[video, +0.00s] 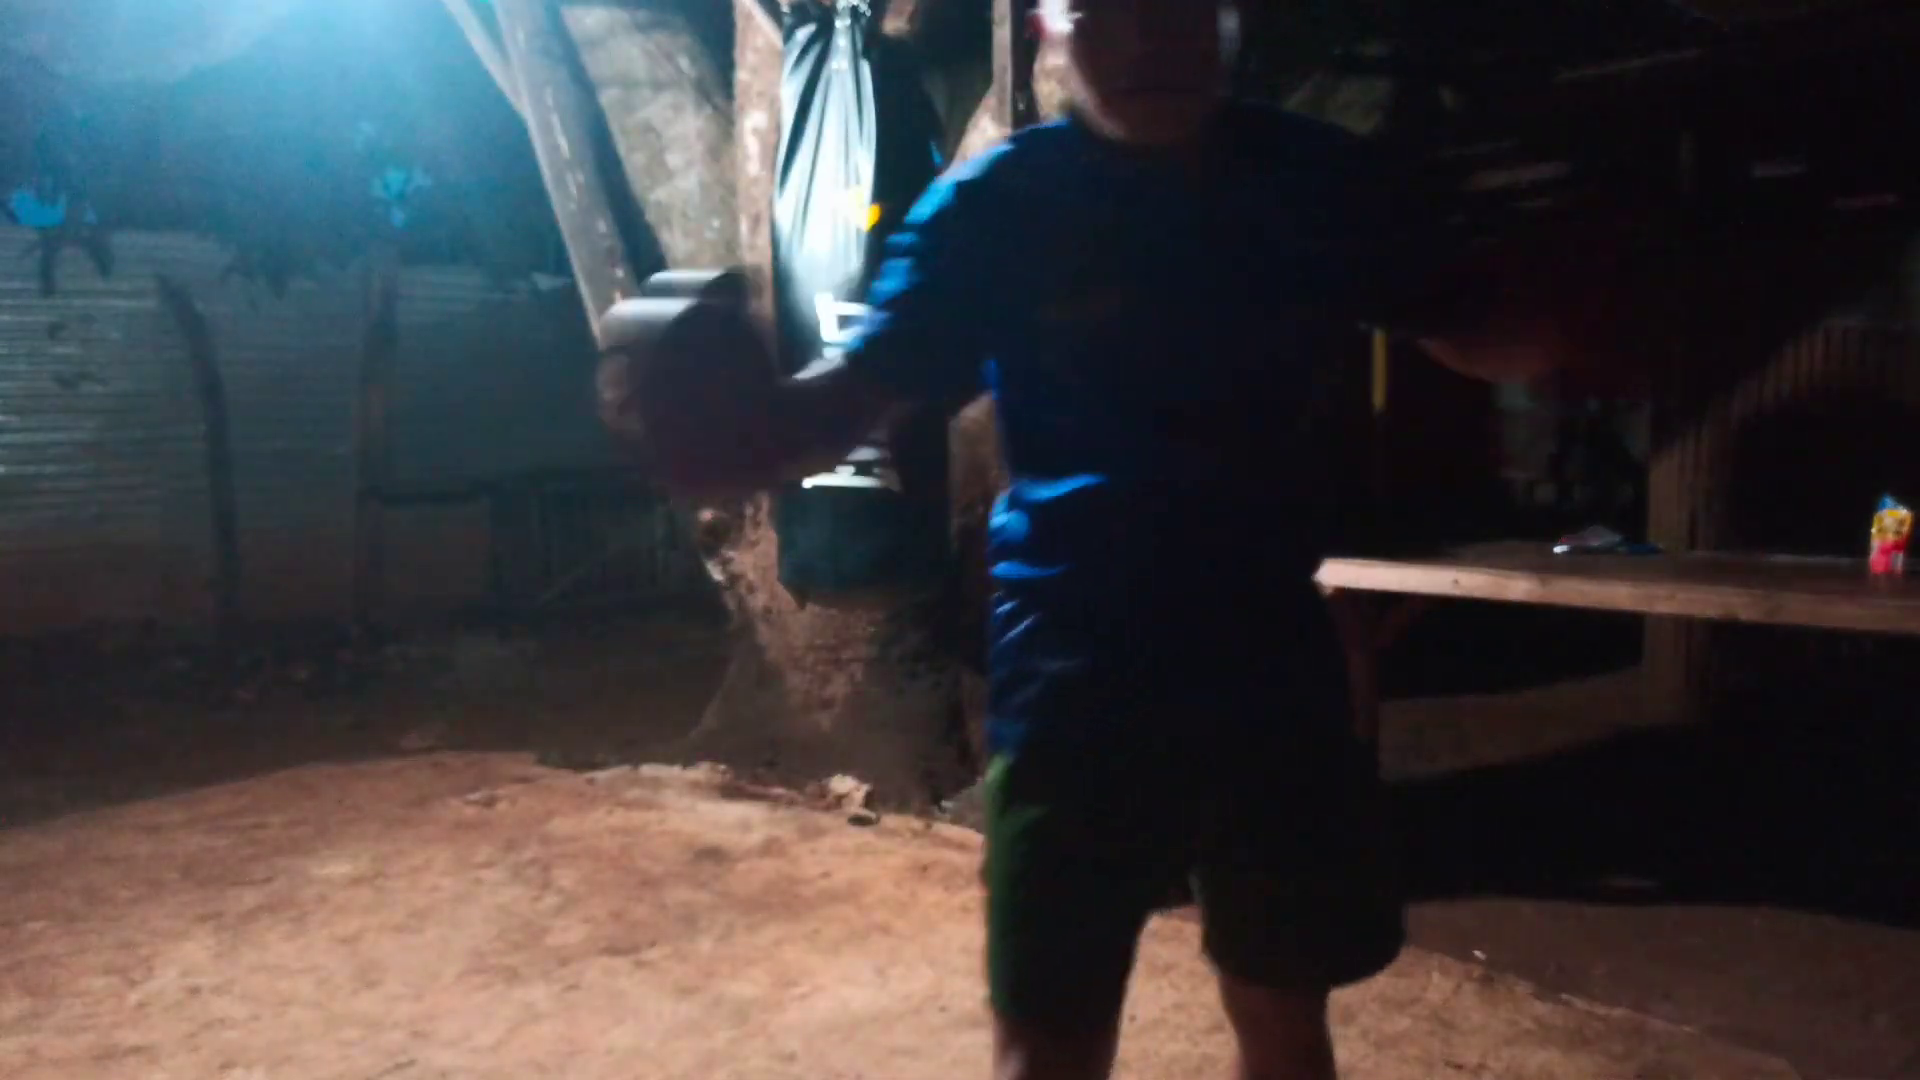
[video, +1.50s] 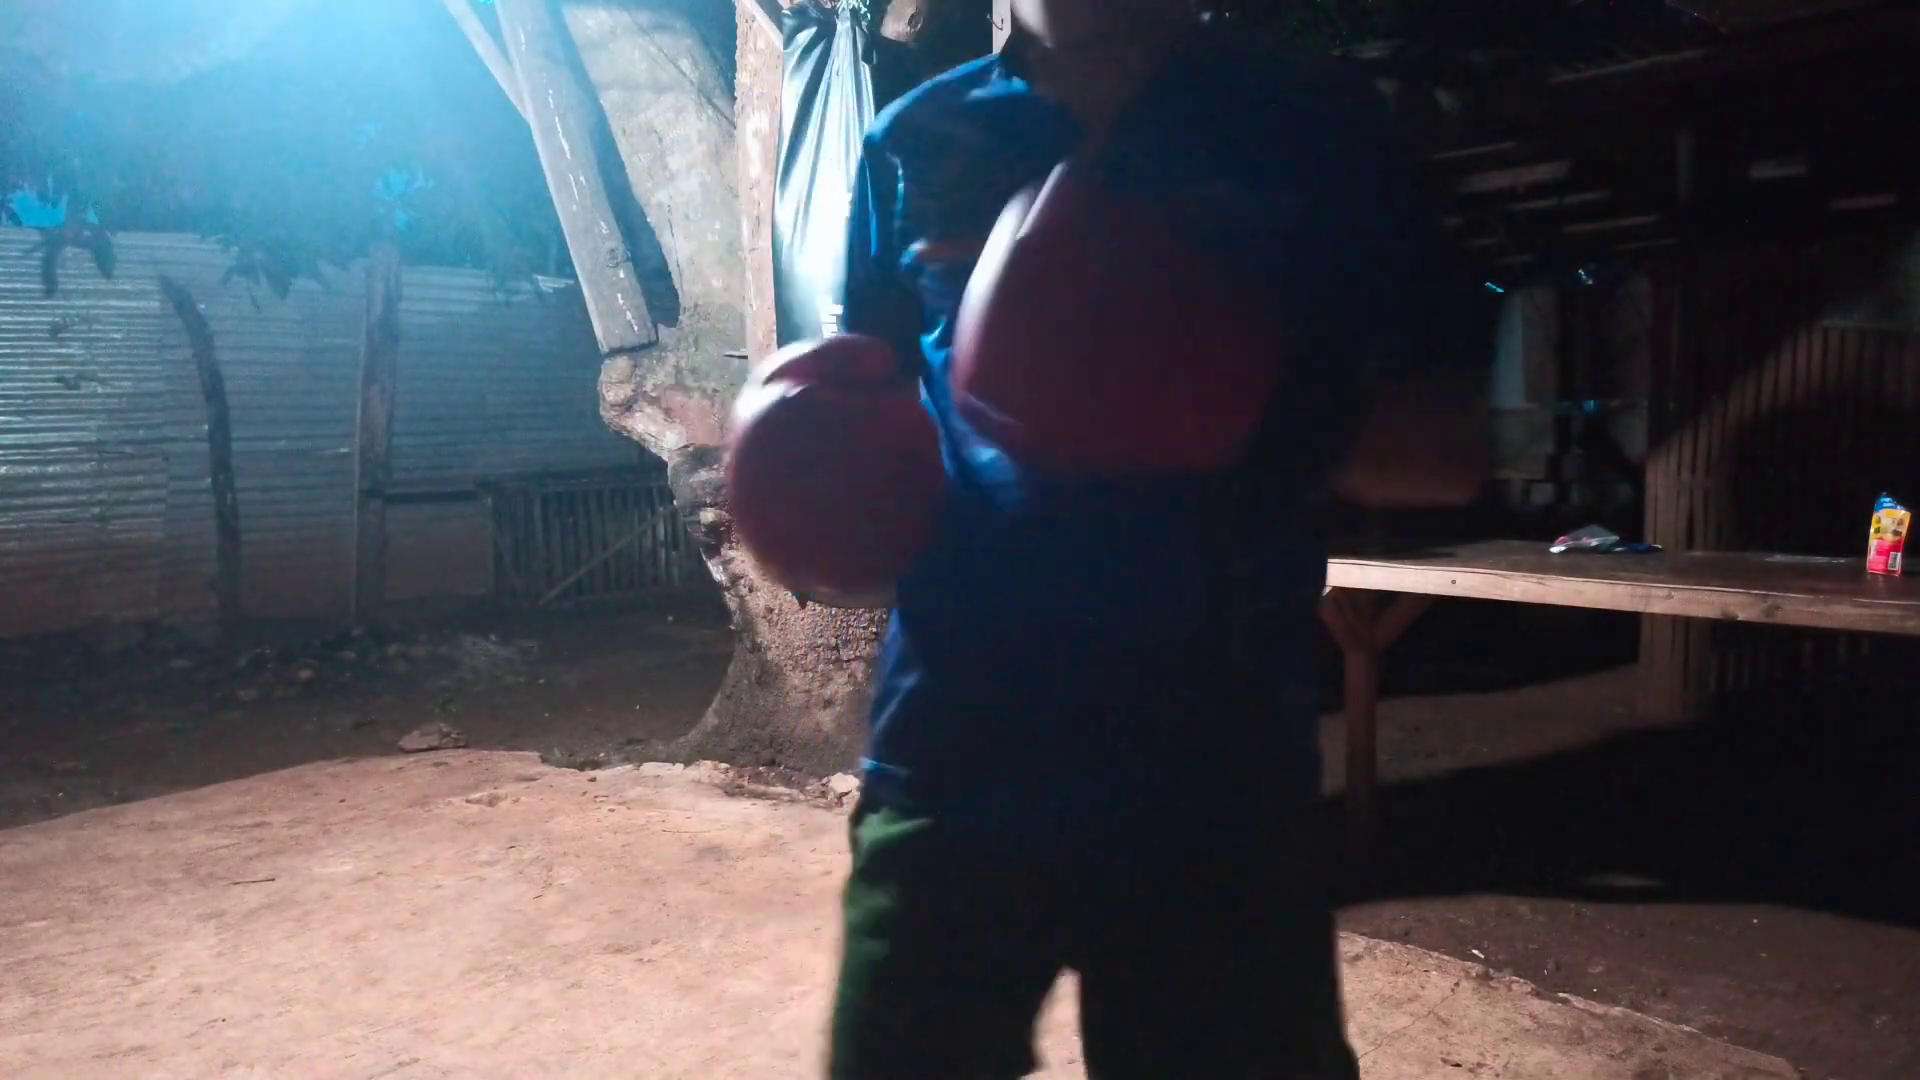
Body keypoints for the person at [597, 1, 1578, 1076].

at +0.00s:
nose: (1144, 44)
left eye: (1174, 14)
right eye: (1108, 16)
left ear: (1223, 25)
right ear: (1053, 38)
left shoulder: (1308, 175)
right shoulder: (1006, 197)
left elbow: (1470, 332)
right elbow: (871, 384)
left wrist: (1572, 321)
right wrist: (744, 434)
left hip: (1267, 643)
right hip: (1073, 653)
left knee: (1283, 1011)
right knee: (1050, 1042)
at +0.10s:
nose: (1090, 48)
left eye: (1119, 20)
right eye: (1052, 26)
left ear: (1166, 25)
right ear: (992, 34)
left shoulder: (1267, 172)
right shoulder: (936, 215)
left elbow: (1436, 329)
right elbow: (781, 416)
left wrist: (1588, 305)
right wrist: (648, 439)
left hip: (1234, 681)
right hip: (1033, 698)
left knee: (1275, 1027)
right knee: (1011, 1047)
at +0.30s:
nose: (978, 32)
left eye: (1006, 6)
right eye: (934, 12)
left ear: (1061, 11)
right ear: (874, 30)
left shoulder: (1182, 140)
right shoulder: (834, 189)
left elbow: (1309, 381)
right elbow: (785, 437)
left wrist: (1200, 468)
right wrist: (835, 507)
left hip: (1169, 681)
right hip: (955, 704)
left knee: (1264, 1026)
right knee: (964, 1056)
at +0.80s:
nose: (831, 92)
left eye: (861, 56)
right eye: (799, 52)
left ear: (941, 13)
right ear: (767, 28)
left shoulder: (1122, 114)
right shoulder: (730, 176)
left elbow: (1324, 348)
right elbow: (661, 439)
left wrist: (1180, 460)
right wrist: (733, 498)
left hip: (1119, 744)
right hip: (889, 759)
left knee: (1161, 1056)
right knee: (915, 1060)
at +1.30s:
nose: (926, 10)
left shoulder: (1270, 130)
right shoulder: (897, 142)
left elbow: (1401, 455)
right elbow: (829, 407)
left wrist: (1164, 452)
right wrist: (770, 387)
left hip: (1163, 794)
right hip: (909, 781)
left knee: (1202, 1064)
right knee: (859, 1059)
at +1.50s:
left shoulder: (1319, 130)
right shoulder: (919, 140)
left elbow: (1444, 449)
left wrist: (1228, 397)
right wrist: (824, 460)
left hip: (1219, 781)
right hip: (958, 770)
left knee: (1241, 1072)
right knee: (897, 1065)